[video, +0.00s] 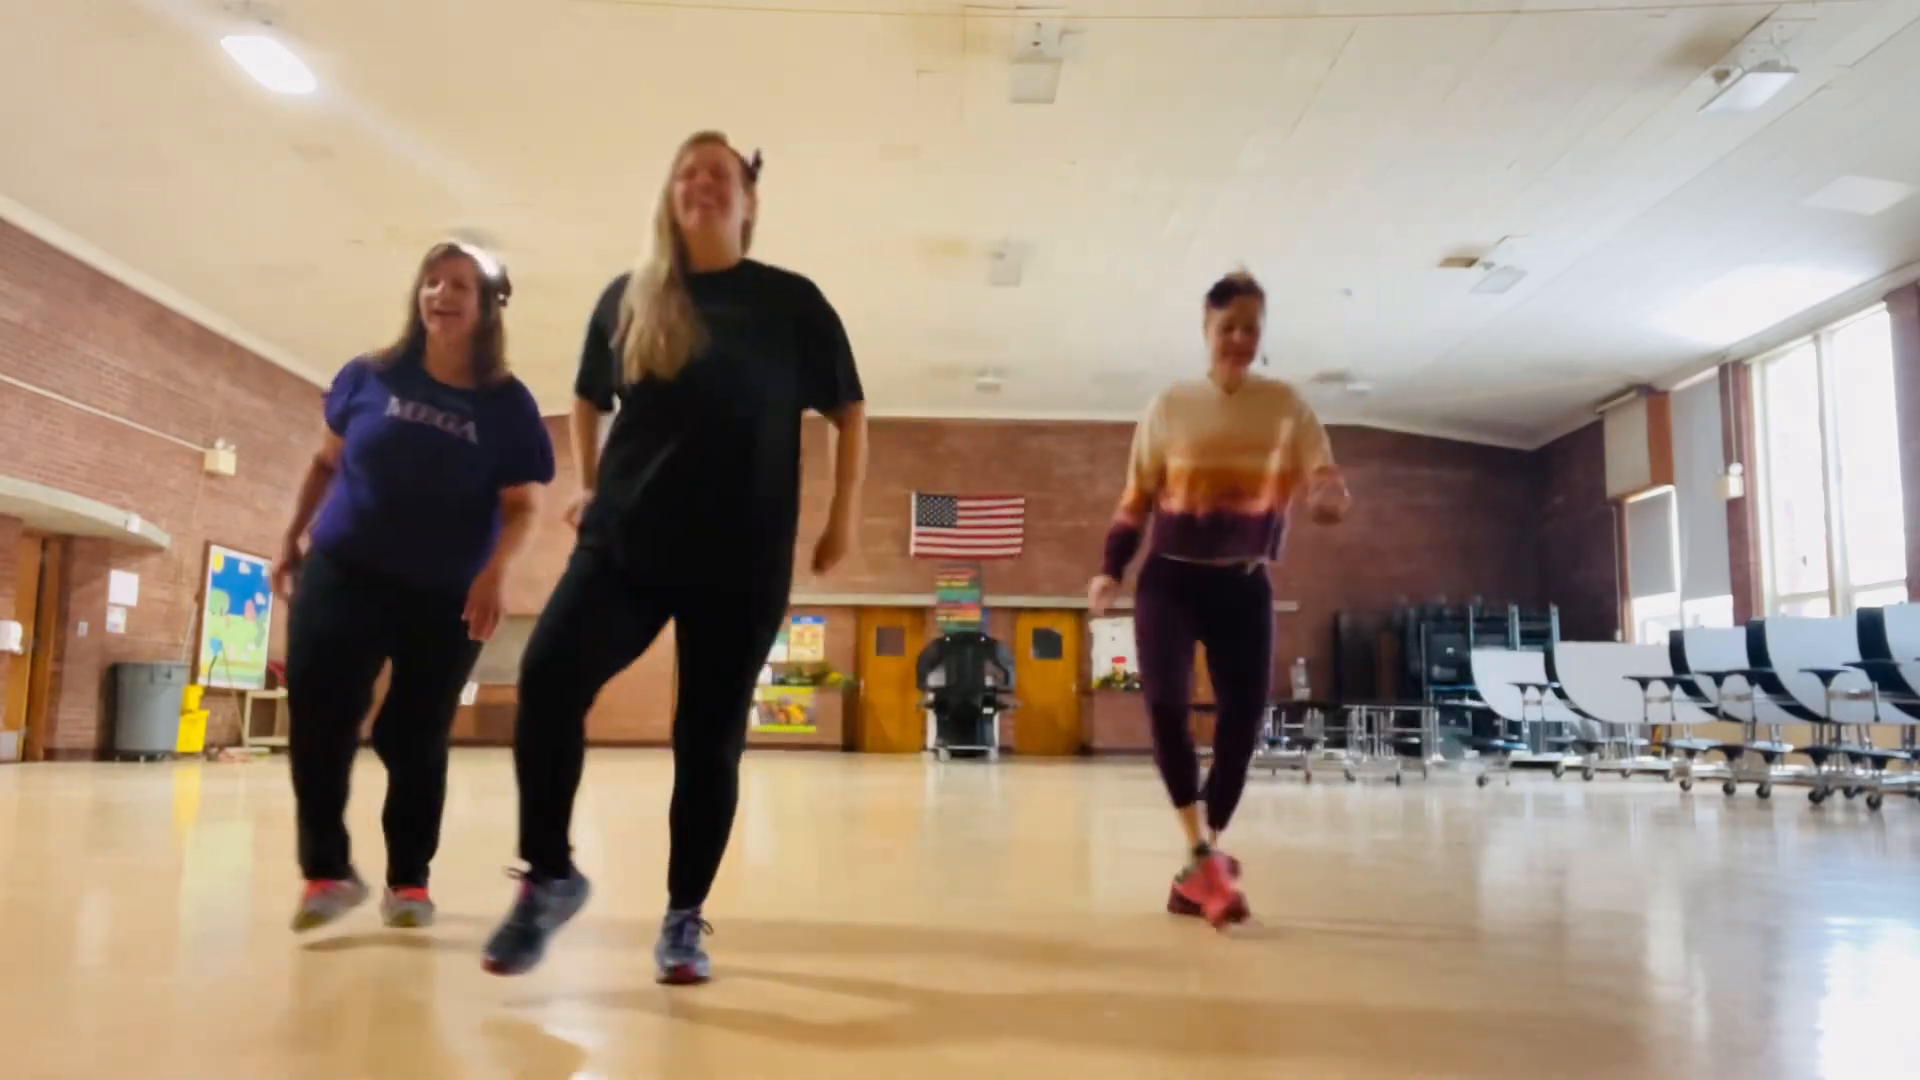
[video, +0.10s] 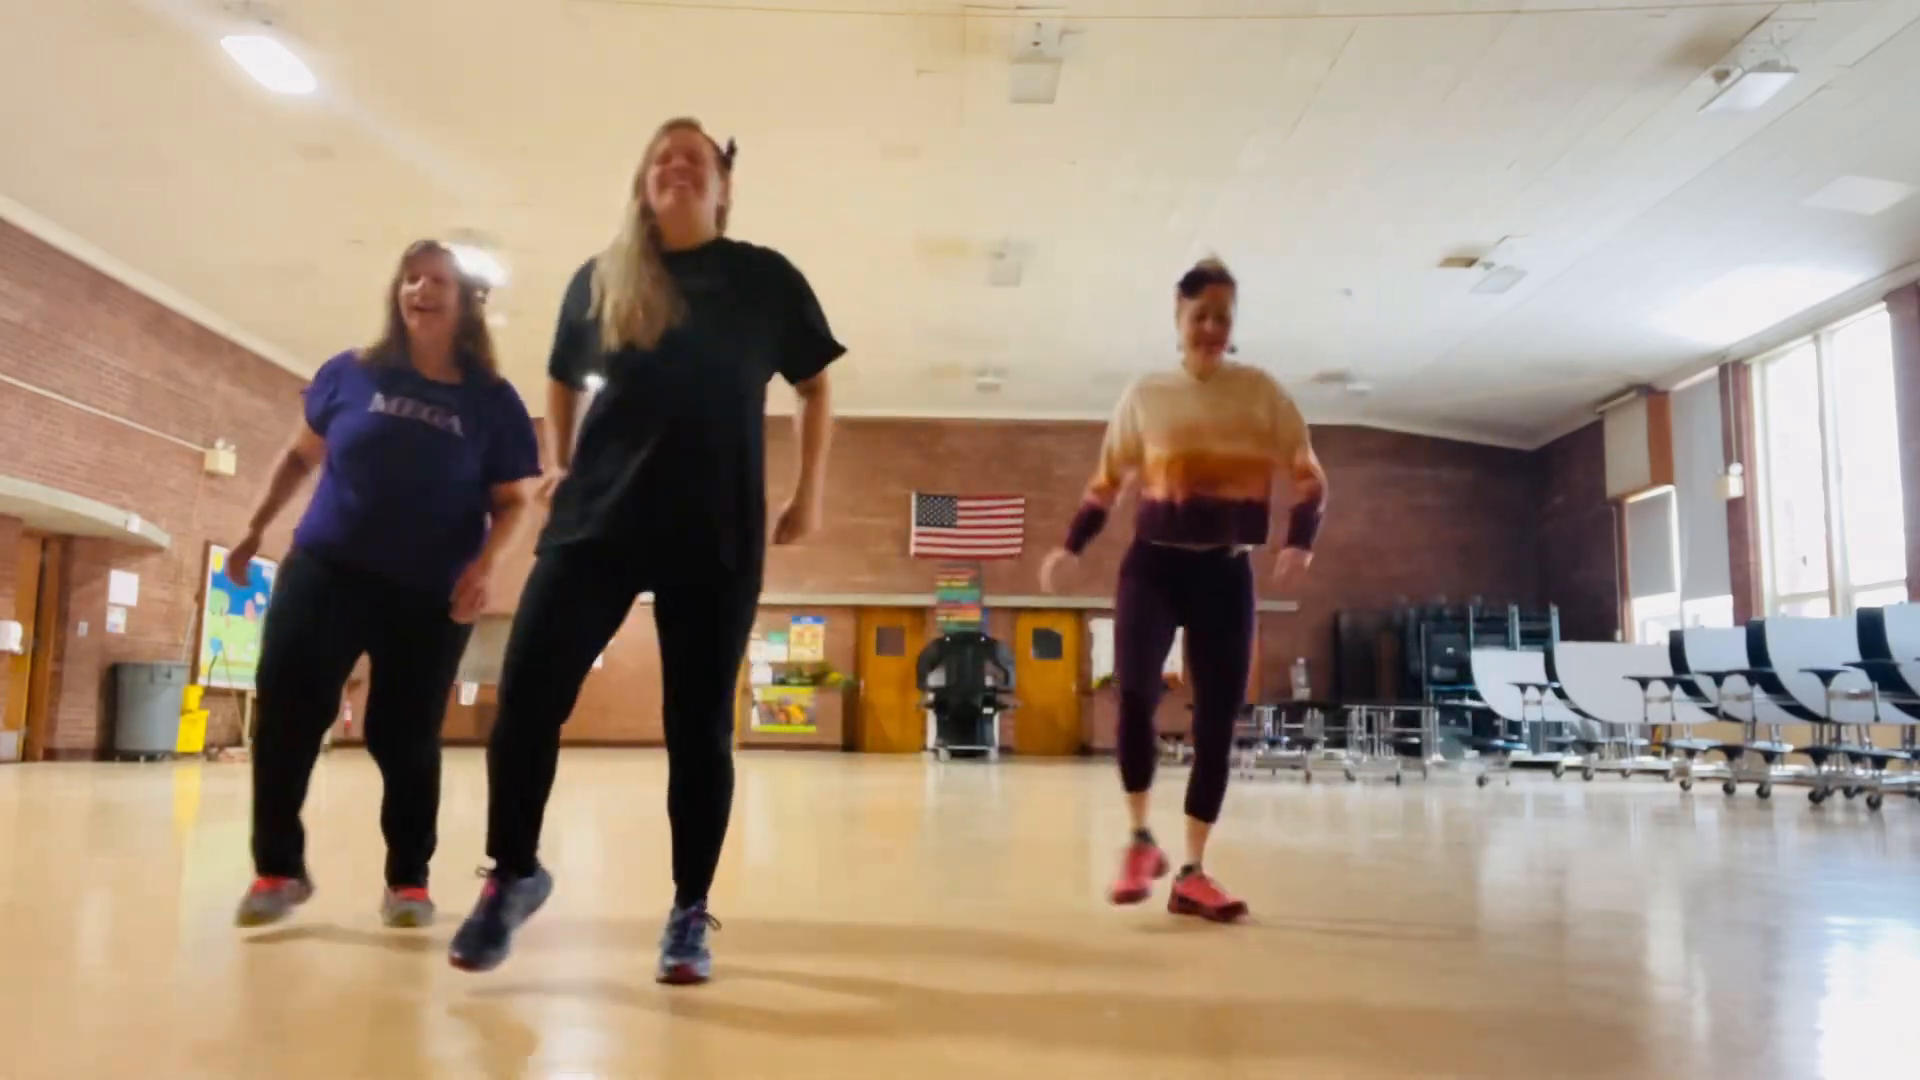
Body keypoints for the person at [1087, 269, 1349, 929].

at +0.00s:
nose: (1241, 339)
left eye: (1251, 328)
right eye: (1229, 326)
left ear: (1264, 333)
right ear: (1206, 327)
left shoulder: (1287, 407)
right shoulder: (1169, 407)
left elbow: (1328, 503)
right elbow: (1136, 502)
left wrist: (1329, 500)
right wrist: (1110, 570)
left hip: (1243, 583)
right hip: (1168, 579)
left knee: (1241, 723)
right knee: (1166, 710)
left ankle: (1198, 866)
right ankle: (1204, 855)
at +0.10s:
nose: (1211, 327)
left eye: (1222, 315)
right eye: (1200, 315)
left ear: (1235, 321)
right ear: (1178, 318)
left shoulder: (1263, 395)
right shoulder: (1144, 397)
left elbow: (1308, 478)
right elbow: (1106, 484)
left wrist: (1300, 542)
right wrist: (1069, 545)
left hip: (1225, 571)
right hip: (1153, 567)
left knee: (1216, 722)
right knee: (1134, 699)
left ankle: (1192, 870)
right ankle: (1139, 840)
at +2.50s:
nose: (1519, 276)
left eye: (1532, 266)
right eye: (1508, 266)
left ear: (1549, 280)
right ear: (1489, 278)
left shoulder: (1578, 351)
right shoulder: (1467, 357)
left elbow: (1595, 444)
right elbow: (1442, 455)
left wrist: (1581, 375)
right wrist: (1471, 379)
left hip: (1558, 535)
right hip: (1480, 532)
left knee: (1566, 706)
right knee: (1444, 650)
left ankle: (1578, 866)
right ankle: (1502, 682)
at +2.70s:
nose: (1523, 316)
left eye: (1534, 306)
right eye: (1510, 306)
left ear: (1554, 319)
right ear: (1492, 322)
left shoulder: (1594, 394)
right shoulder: (1467, 405)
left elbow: (1624, 486)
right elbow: (1447, 501)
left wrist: (1565, 470)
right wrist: (1516, 465)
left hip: (1569, 581)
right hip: (1486, 578)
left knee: (1576, 745)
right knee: (1468, 685)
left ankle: (1567, 888)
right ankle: (1502, 720)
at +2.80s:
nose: (1515, 300)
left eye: (1526, 289)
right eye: (1502, 290)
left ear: (1546, 301)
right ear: (1484, 306)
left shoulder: (1589, 374)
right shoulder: (1459, 388)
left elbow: (1630, 464)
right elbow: (1423, 480)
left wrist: (1584, 456)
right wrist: (1470, 471)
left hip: (1562, 564)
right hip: (1481, 561)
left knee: (1569, 725)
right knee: (1466, 669)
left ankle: (1568, 882)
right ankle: (1486, 762)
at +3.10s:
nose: (1479, 319)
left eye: (1490, 306)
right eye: (1466, 308)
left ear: (1508, 312)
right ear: (1445, 317)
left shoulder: (1546, 395)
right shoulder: (1421, 399)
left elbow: (1583, 483)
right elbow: (1378, 484)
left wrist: (1589, 528)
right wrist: (1382, 535)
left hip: (1524, 582)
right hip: (1440, 584)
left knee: (1556, 728)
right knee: (1427, 723)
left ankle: (1563, 886)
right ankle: (1420, 875)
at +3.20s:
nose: (1458, 319)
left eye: (1469, 308)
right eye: (1446, 308)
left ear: (1483, 316)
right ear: (1422, 315)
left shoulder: (1515, 401)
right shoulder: (1390, 401)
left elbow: (1558, 499)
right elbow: (1373, 501)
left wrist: (1591, 577)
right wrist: (1358, 582)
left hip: (1490, 581)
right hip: (1410, 583)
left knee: (1538, 721)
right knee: (1408, 733)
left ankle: (1563, 882)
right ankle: (1416, 890)